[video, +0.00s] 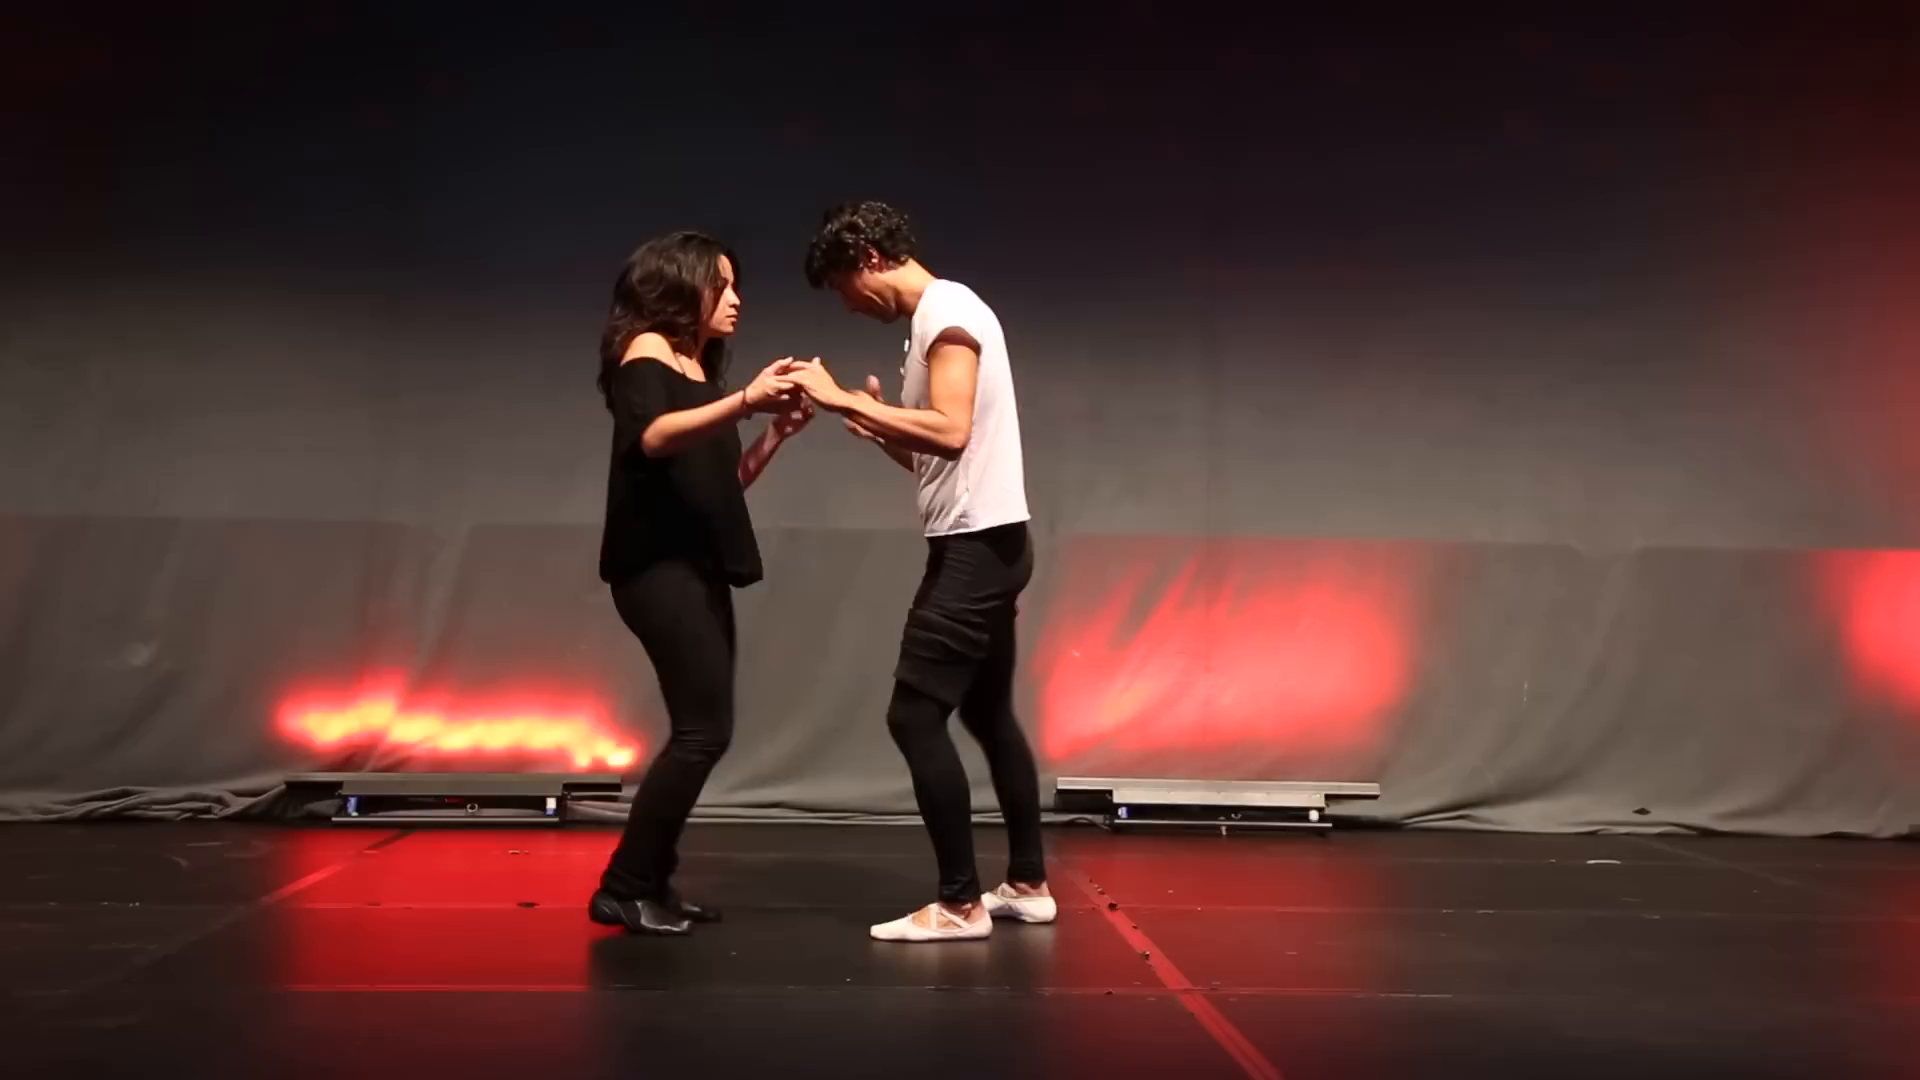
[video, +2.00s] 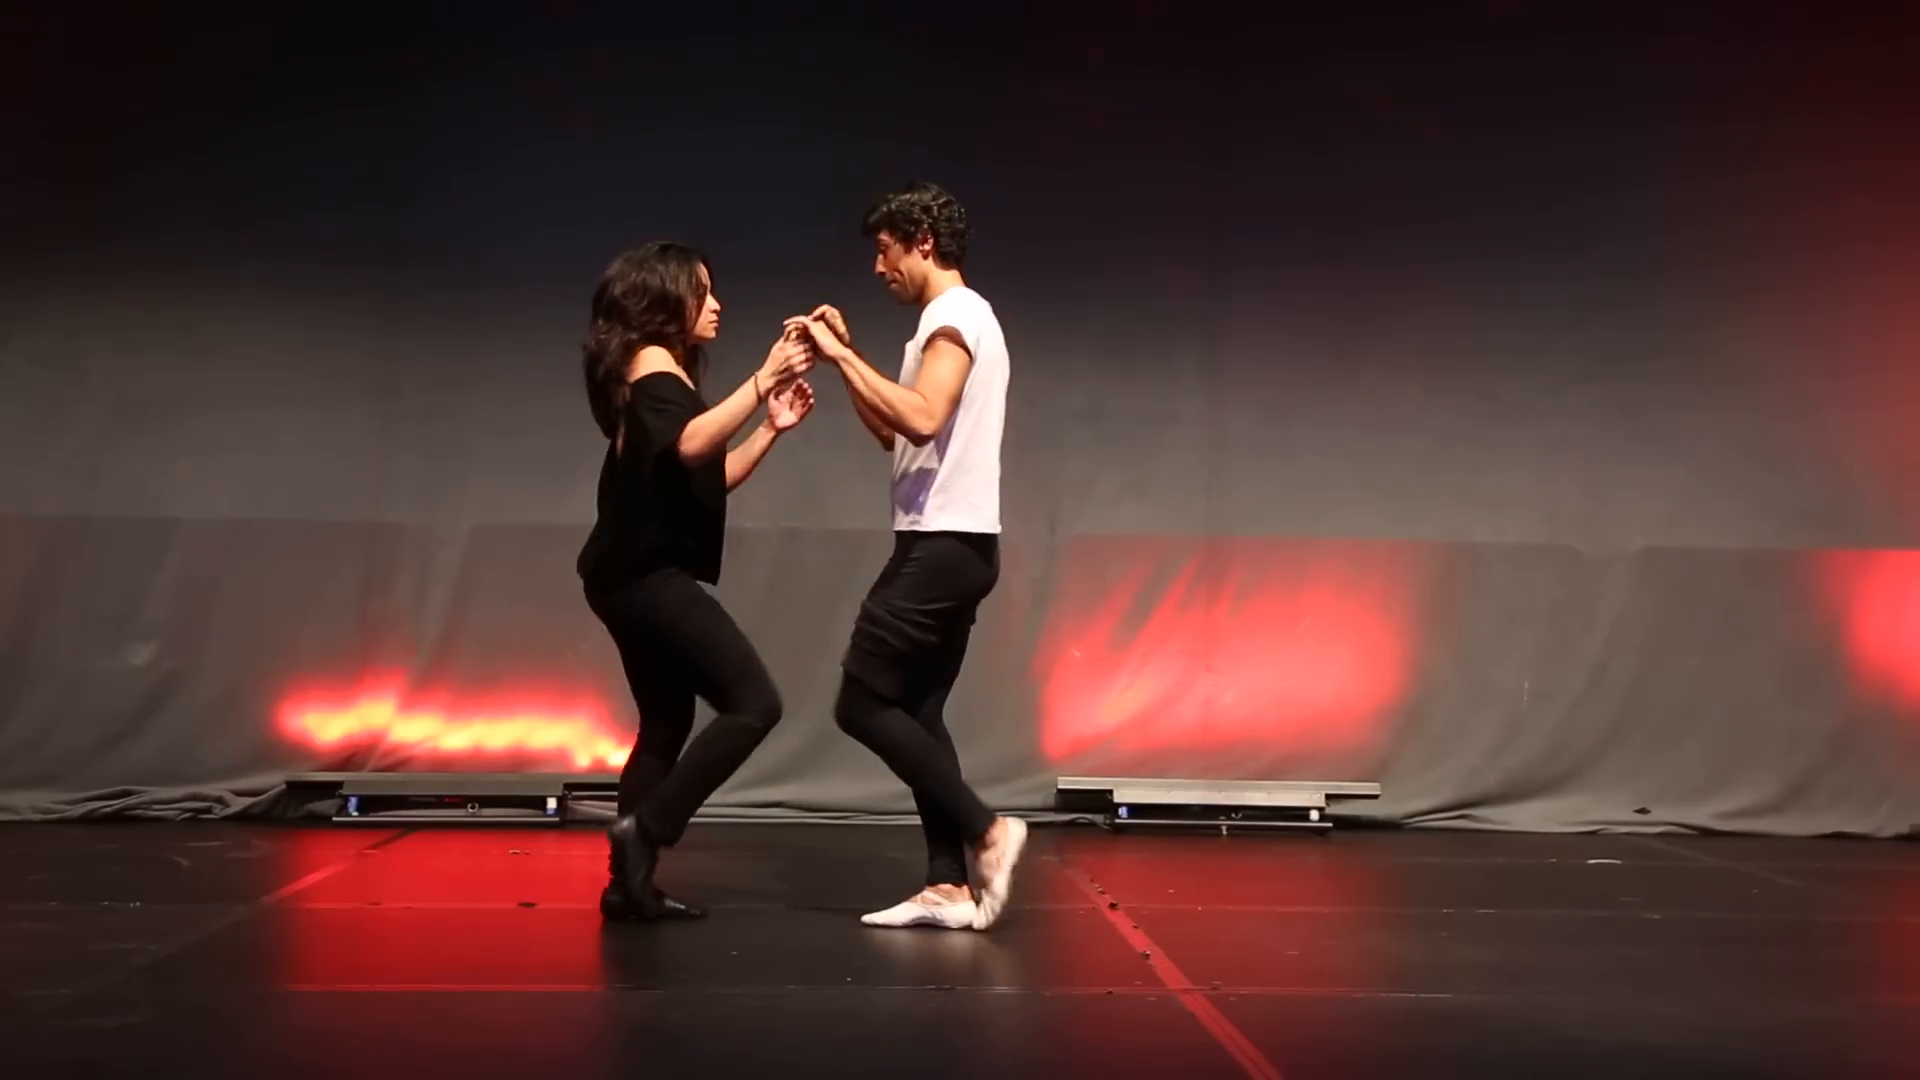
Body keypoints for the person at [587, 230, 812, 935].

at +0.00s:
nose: (734, 299)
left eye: (733, 286)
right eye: (722, 287)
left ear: (702, 295)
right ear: (684, 290)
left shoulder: (695, 366)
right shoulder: (649, 348)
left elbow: (722, 485)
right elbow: (653, 434)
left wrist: (774, 434)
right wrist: (745, 398)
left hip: (697, 568)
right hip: (659, 569)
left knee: (705, 731)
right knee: (700, 731)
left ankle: (650, 885)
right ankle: (622, 891)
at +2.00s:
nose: (716, 304)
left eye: (711, 291)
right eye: (702, 292)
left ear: (668, 303)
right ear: (666, 301)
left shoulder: (663, 370)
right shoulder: (653, 362)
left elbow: (709, 479)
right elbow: (691, 441)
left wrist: (771, 426)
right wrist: (765, 372)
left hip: (633, 574)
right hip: (647, 575)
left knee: (664, 725)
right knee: (755, 705)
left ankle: (629, 887)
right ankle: (646, 831)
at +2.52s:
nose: (711, 301)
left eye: (707, 288)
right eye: (700, 291)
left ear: (638, 304)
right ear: (667, 302)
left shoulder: (623, 368)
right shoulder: (687, 364)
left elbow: (728, 398)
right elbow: (796, 393)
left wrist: (772, 333)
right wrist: (814, 313)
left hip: (602, 574)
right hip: (662, 570)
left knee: (697, 711)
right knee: (661, 732)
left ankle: (714, 867)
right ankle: (582, 882)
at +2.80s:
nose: (722, 302)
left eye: (720, 290)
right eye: (712, 290)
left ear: (658, 297)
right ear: (680, 295)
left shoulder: (680, 363)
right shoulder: (672, 351)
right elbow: (753, 322)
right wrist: (785, 229)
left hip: (680, 568)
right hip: (643, 561)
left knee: (740, 718)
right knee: (666, 729)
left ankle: (699, 880)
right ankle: (581, 876)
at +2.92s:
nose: (727, 292)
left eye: (737, 282)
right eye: (713, 278)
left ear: (747, 296)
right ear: (680, 288)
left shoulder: (745, 361)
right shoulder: (640, 344)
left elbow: (765, 334)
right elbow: (655, 282)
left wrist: (752, 232)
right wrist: (717, 216)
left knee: (744, 723)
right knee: (643, 727)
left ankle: (714, 875)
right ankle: (636, 883)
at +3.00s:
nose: (697, 276)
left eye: (715, 273)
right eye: (690, 260)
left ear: (738, 297)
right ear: (666, 278)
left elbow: (708, 300)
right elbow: (612, 266)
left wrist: (715, 216)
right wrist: (688, 202)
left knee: (721, 727)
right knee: (612, 726)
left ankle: (726, 871)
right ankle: (672, 879)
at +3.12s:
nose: (658, 264)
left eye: (673, 259)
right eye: (662, 256)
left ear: (702, 278)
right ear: (689, 277)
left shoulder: (693, 340)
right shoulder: (679, 332)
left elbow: (610, 283)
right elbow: (630, 270)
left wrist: (671, 230)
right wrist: (680, 205)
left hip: (683, 556)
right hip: (653, 553)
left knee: (639, 720)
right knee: (630, 722)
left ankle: (754, 838)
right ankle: (680, 881)